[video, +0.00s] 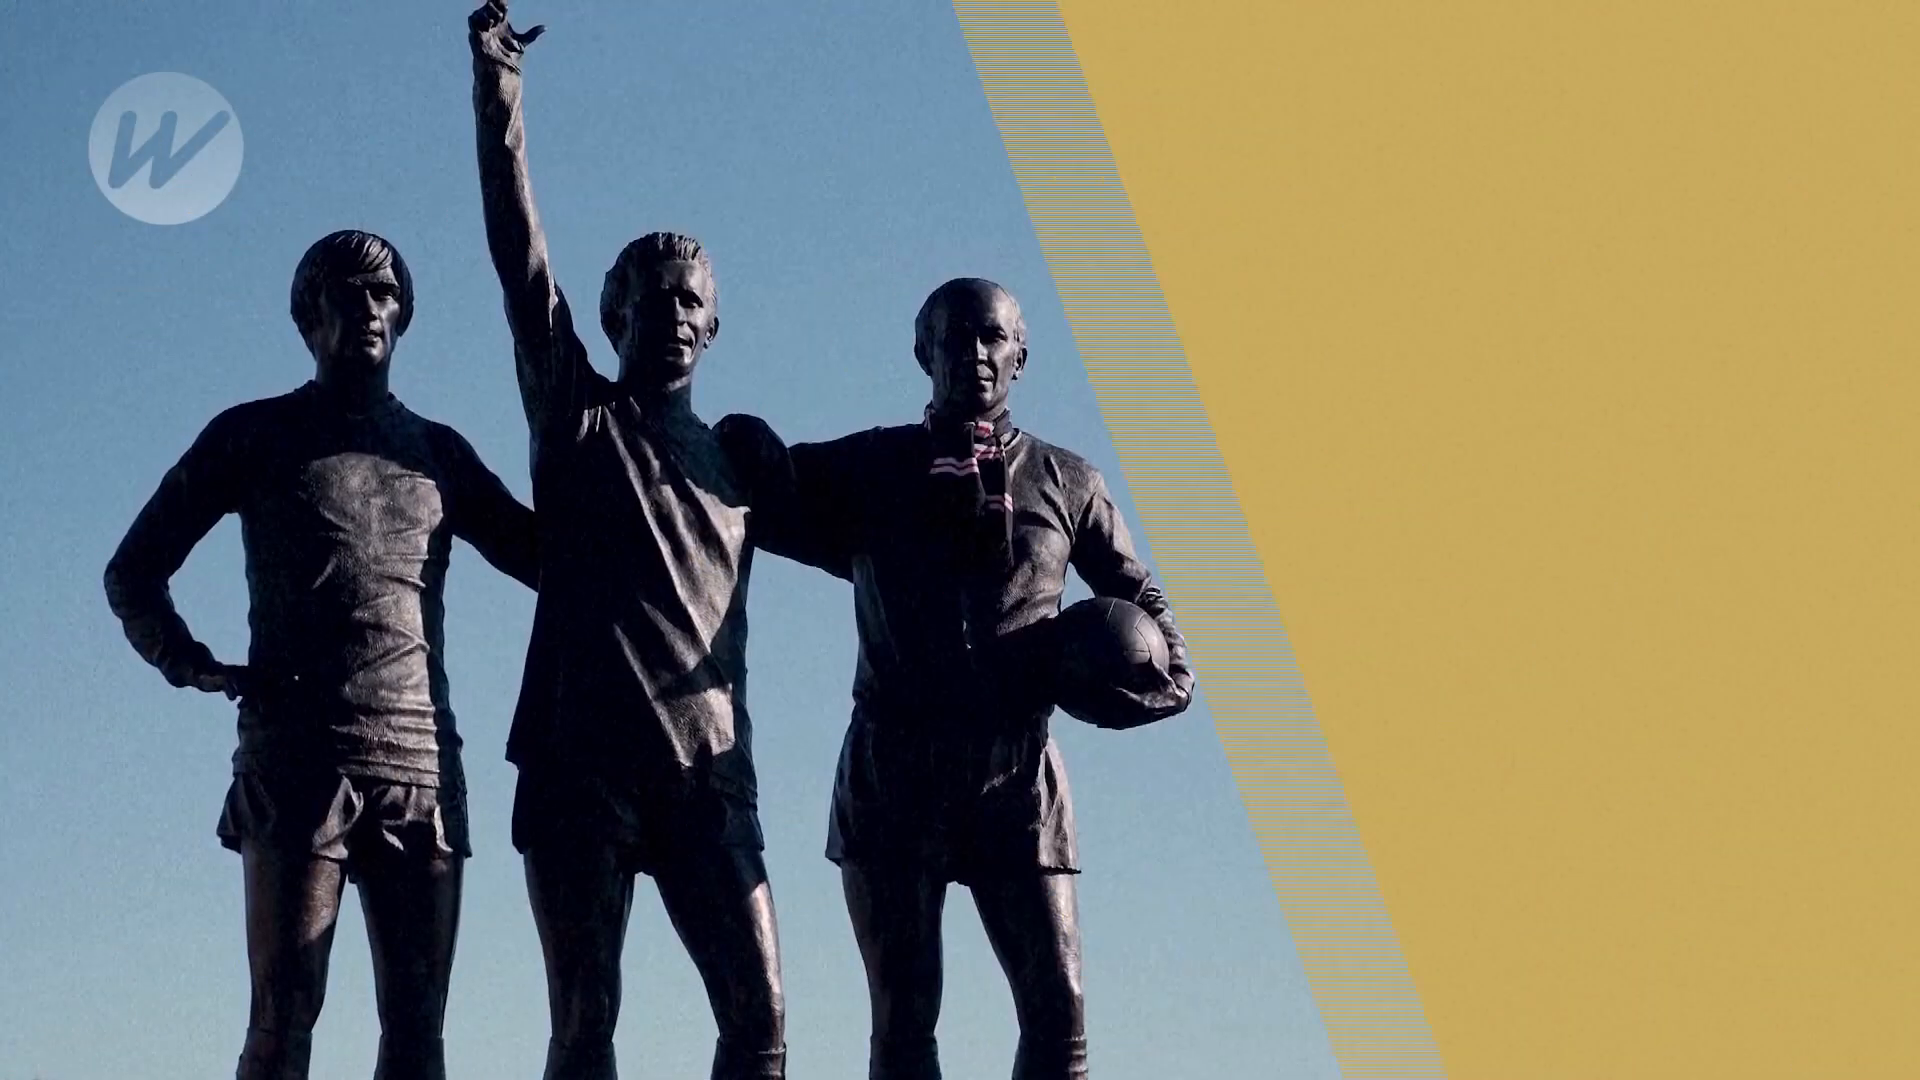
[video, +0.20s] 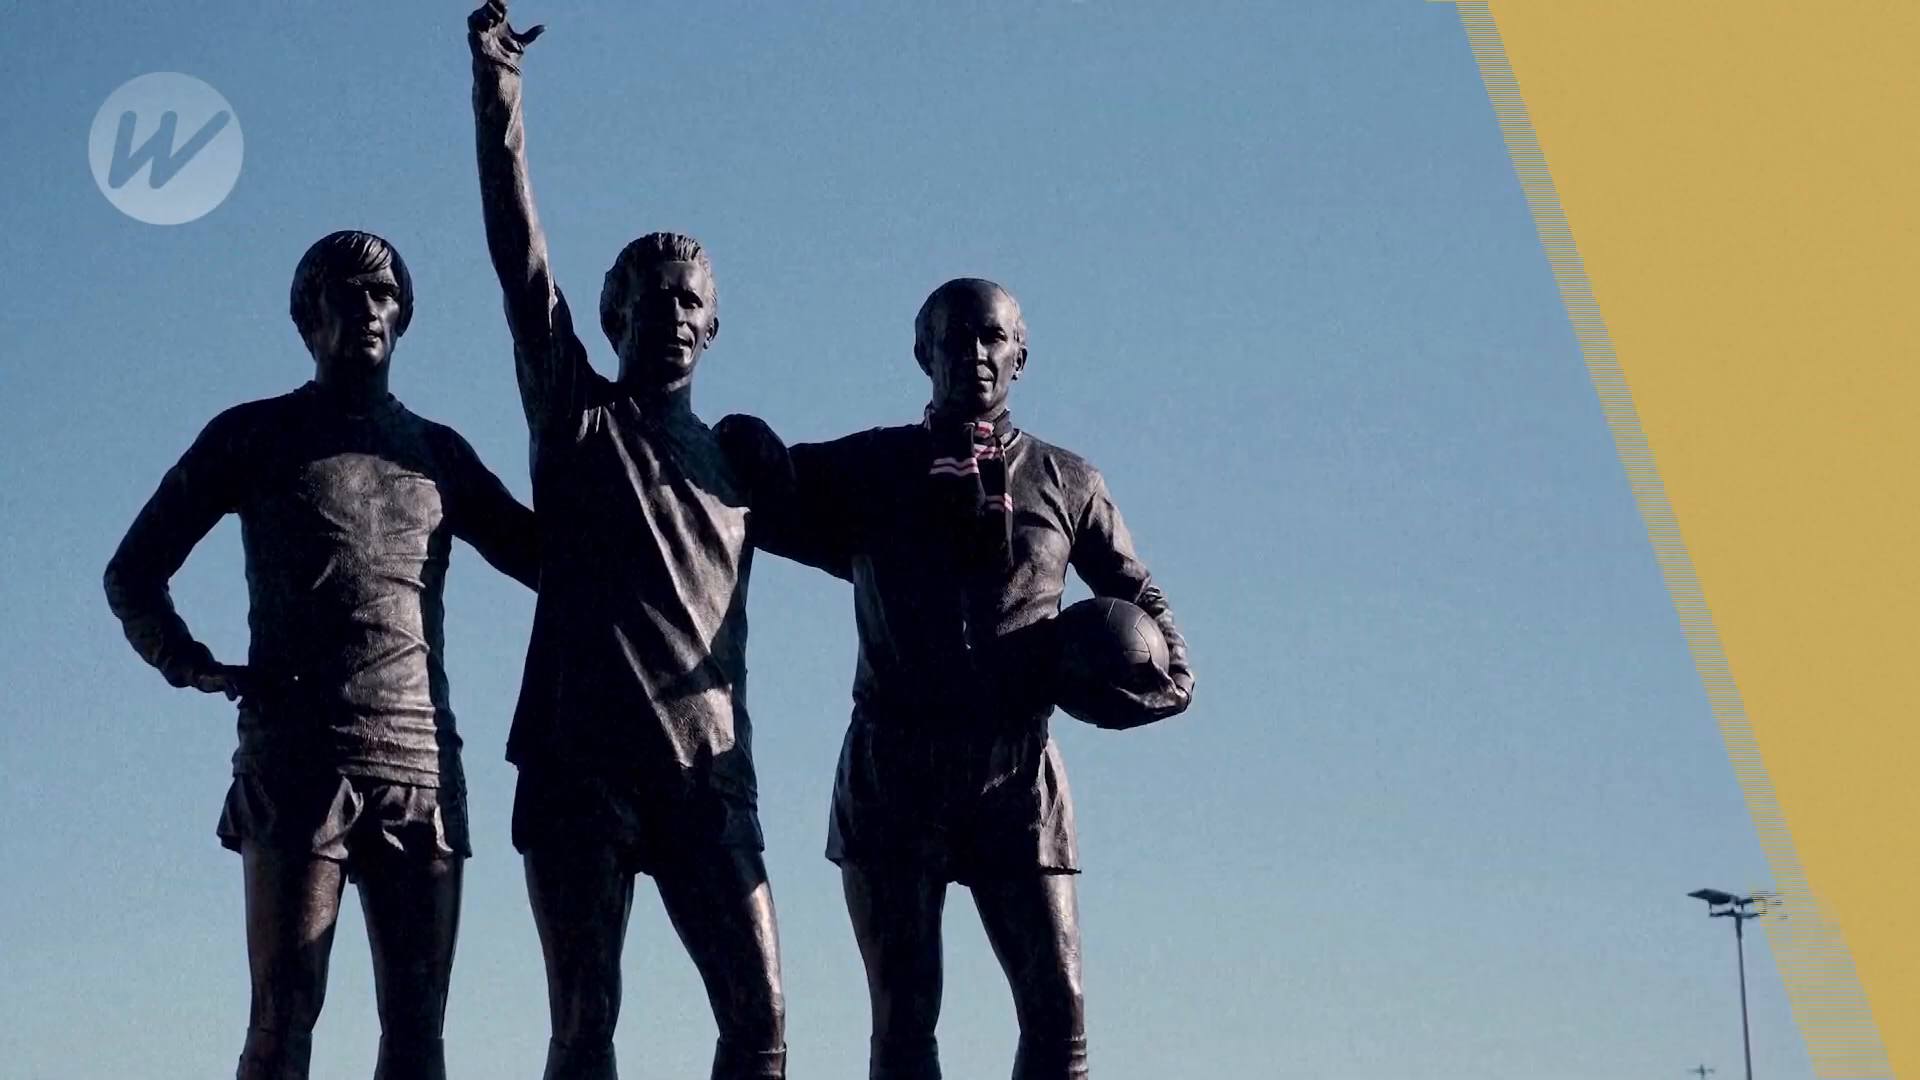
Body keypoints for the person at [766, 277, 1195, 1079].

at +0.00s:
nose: (979, 354)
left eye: (996, 339)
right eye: (959, 337)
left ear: (1018, 357)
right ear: (925, 349)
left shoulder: (1065, 481)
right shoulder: (870, 465)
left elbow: (1139, 597)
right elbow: (745, 481)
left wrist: (1161, 666)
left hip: (1018, 773)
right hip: (893, 773)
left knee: (1057, 1012)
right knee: (903, 1020)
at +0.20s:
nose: (977, 355)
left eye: (995, 339)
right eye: (958, 338)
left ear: (1019, 355)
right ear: (923, 349)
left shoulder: (1066, 481)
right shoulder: (870, 466)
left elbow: (1138, 596)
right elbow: (749, 480)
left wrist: (1164, 666)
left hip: (1018, 775)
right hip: (894, 775)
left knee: (1057, 1013)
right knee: (904, 1020)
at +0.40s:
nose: (980, 352)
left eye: (997, 336)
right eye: (961, 335)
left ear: (1020, 354)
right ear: (925, 346)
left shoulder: (1067, 477)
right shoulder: (872, 461)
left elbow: (1140, 593)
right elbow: (753, 482)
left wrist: (1167, 662)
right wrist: (747, 439)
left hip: (1018, 771)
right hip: (894, 770)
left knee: (1059, 1006)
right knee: (904, 1017)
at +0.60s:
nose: (983, 347)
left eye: (999, 331)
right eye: (963, 331)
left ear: (1023, 349)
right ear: (929, 343)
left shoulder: (1069, 473)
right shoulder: (875, 457)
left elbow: (1142, 589)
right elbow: (757, 477)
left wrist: (1164, 655)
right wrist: (751, 436)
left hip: (1021, 767)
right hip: (898, 766)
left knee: (1062, 1004)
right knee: (908, 1011)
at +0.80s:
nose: (984, 346)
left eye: (1001, 330)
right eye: (965, 330)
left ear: (1026, 347)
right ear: (932, 343)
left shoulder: (1072, 472)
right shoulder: (879, 457)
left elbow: (1145, 588)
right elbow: (759, 474)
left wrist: (1171, 658)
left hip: (1024, 765)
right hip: (901, 765)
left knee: (1065, 1001)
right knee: (910, 1011)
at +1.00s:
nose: (990, 346)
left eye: (1006, 330)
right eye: (971, 330)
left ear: (1029, 349)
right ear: (935, 342)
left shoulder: (1075, 474)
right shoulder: (879, 457)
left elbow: (1150, 591)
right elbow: (755, 479)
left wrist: (1167, 657)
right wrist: (754, 433)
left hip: (1027, 766)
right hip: (903, 766)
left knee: (1068, 1002)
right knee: (914, 1011)